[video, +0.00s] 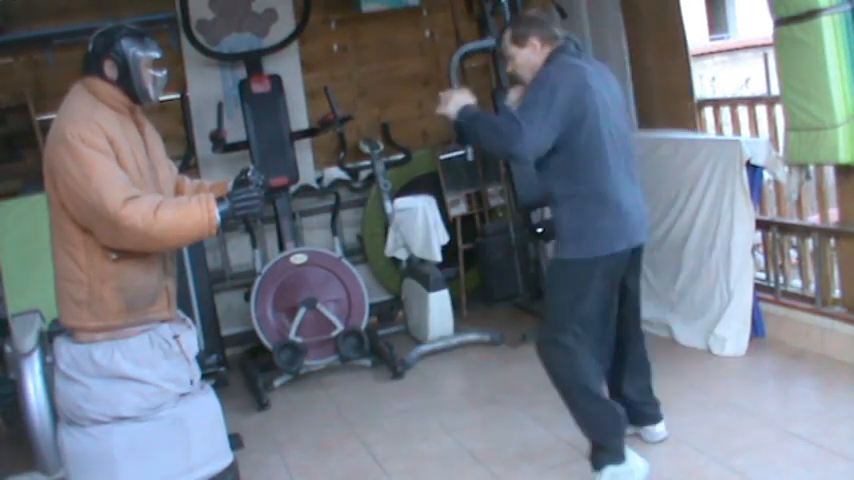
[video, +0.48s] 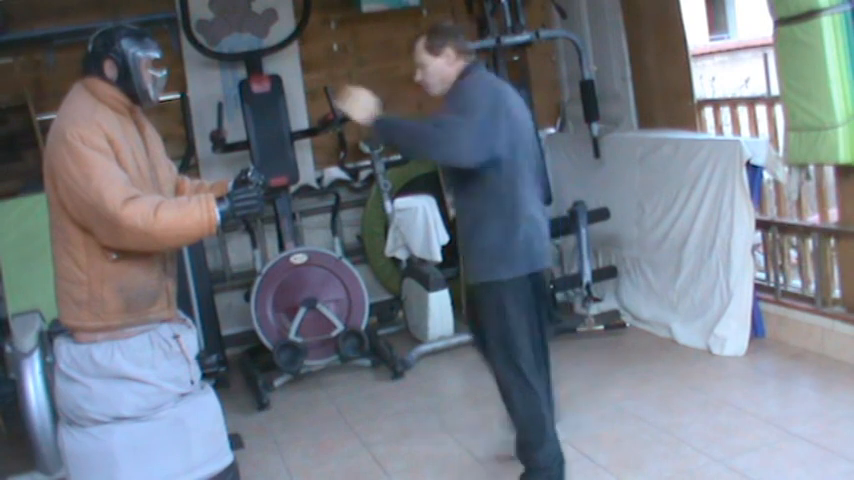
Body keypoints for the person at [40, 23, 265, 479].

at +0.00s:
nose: (153, 75)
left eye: (153, 64)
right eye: (143, 64)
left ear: (116, 68)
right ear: (110, 65)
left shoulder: (134, 119)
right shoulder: (77, 130)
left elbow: (170, 188)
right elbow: (123, 220)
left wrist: (227, 187)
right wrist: (214, 212)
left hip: (152, 315)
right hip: (106, 327)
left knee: (181, 442)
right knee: (128, 454)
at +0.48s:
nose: (153, 75)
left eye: (154, 65)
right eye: (144, 65)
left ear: (117, 68)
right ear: (111, 65)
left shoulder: (132, 118)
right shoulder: (78, 129)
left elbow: (170, 188)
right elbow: (123, 219)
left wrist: (227, 186)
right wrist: (215, 212)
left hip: (152, 315)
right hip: (107, 328)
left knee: (181, 446)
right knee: (131, 457)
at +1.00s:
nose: (138, 66)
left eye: (138, 55)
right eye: (126, 55)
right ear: (94, 61)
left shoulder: (131, 119)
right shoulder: (62, 124)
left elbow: (163, 183)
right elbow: (91, 214)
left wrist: (194, 190)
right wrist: (185, 206)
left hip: (151, 310)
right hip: (96, 324)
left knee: (181, 438)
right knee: (122, 452)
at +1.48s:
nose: (146, 76)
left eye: (147, 65)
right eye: (136, 65)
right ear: (103, 67)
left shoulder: (137, 120)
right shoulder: (69, 130)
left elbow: (176, 188)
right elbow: (111, 223)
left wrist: (228, 189)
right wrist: (205, 215)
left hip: (157, 317)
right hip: (103, 331)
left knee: (191, 447)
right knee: (125, 459)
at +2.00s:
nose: (148, 76)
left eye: (148, 65)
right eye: (137, 65)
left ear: (113, 69)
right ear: (105, 67)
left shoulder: (138, 121)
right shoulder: (69, 129)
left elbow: (177, 188)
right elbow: (110, 222)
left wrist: (229, 189)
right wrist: (204, 217)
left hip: (158, 319)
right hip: (103, 332)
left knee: (192, 448)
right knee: (124, 459)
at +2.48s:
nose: (149, 76)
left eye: (149, 65)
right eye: (139, 65)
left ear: (113, 68)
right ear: (106, 67)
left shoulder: (138, 121)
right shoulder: (70, 128)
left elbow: (177, 188)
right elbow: (110, 222)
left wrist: (229, 188)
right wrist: (204, 216)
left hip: (158, 320)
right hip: (104, 333)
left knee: (193, 450)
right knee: (124, 460)